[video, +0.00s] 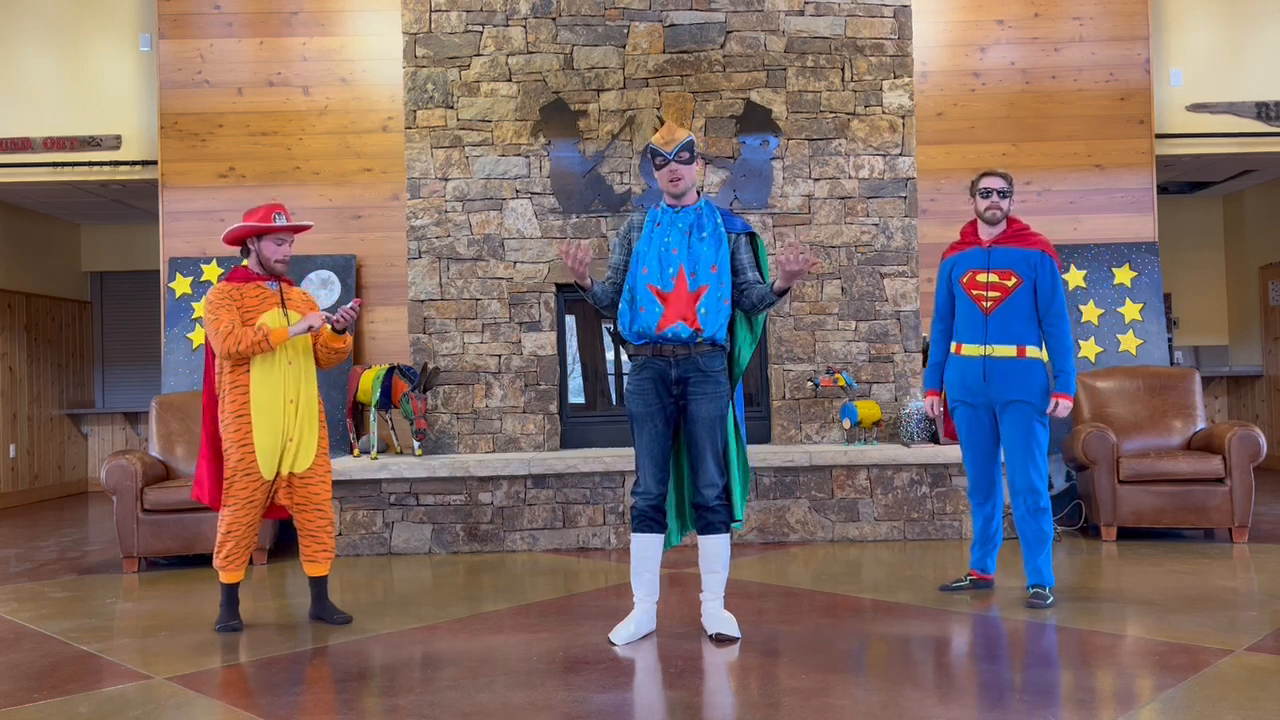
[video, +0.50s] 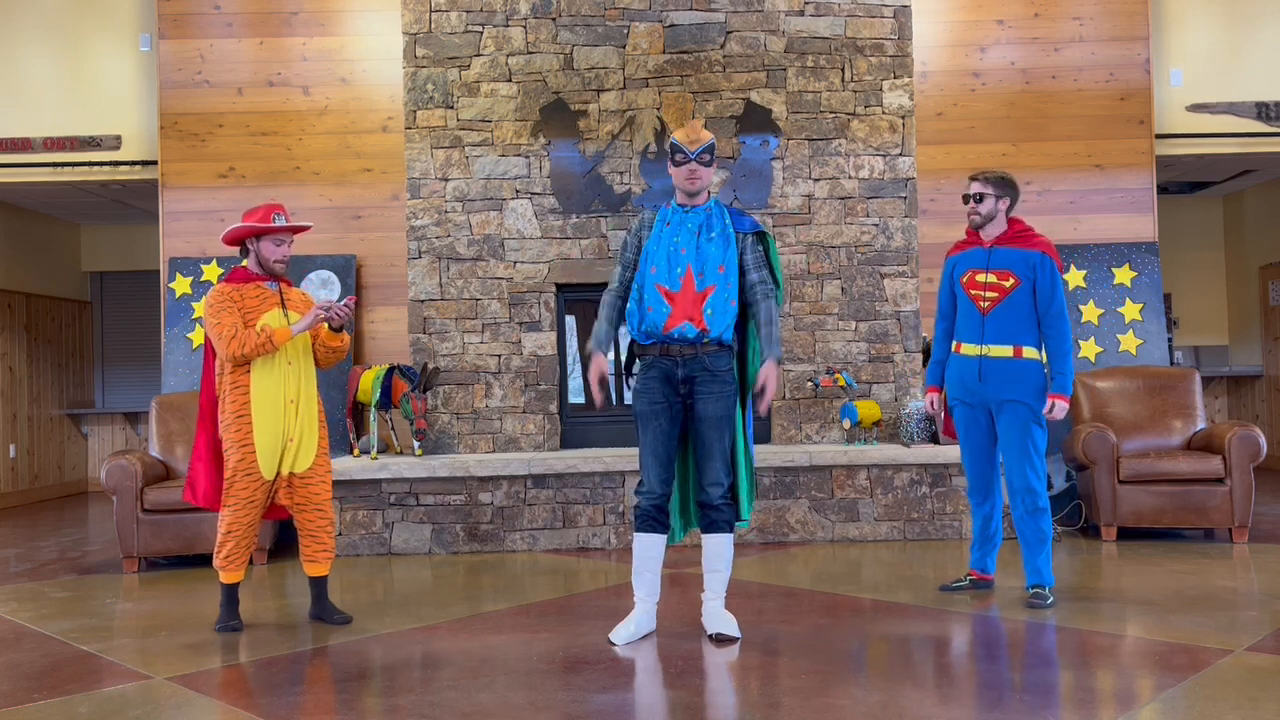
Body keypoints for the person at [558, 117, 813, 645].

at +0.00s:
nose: (673, 170)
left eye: (683, 159)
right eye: (662, 162)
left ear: (699, 165)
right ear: (651, 170)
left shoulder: (727, 225)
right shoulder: (636, 223)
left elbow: (751, 299)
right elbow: (610, 300)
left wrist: (780, 283)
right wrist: (585, 279)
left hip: (706, 365)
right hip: (646, 365)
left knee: (710, 485)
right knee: (649, 487)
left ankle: (714, 607)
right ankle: (644, 609)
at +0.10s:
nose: (677, 170)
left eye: (686, 160)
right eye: (666, 163)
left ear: (701, 165)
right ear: (655, 171)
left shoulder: (730, 226)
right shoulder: (638, 224)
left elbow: (751, 300)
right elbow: (612, 300)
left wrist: (780, 283)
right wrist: (588, 280)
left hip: (707, 365)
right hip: (648, 366)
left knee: (711, 486)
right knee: (650, 487)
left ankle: (714, 608)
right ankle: (644, 610)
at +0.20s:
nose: (680, 171)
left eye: (689, 161)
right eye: (669, 163)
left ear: (703, 166)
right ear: (657, 170)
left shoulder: (731, 225)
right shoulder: (641, 222)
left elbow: (752, 301)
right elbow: (614, 299)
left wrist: (780, 283)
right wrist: (589, 279)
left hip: (708, 365)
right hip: (649, 365)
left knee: (711, 486)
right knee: (650, 487)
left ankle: (714, 608)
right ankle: (644, 609)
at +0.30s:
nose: (683, 173)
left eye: (692, 163)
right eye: (673, 165)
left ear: (705, 166)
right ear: (661, 170)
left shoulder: (733, 225)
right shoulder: (642, 223)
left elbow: (754, 301)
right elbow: (613, 300)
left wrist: (781, 288)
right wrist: (589, 285)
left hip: (710, 366)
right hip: (651, 366)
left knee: (713, 487)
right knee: (651, 488)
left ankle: (714, 608)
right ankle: (644, 609)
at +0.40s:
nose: (688, 170)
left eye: (698, 160)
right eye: (678, 161)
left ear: (711, 166)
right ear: (665, 167)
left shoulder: (735, 224)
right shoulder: (643, 225)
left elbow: (757, 288)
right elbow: (618, 295)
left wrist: (772, 308)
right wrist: (595, 308)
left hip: (711, 365)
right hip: (653, 366)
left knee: (714, 487)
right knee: (652, 488)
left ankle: (715, 608)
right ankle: (644, 609)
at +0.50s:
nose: (692, 170)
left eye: (702, 161)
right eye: (682, 161)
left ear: (716, 166)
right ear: (669, 166)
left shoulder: (740, 226)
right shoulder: (646, 223)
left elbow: (762, 296)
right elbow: (616, 290)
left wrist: (770, 358)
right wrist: (600, 348)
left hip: (715, 366)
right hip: (654, 366)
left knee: (716, 488)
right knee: (653, 489)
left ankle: (715, 607)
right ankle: (644, 609)